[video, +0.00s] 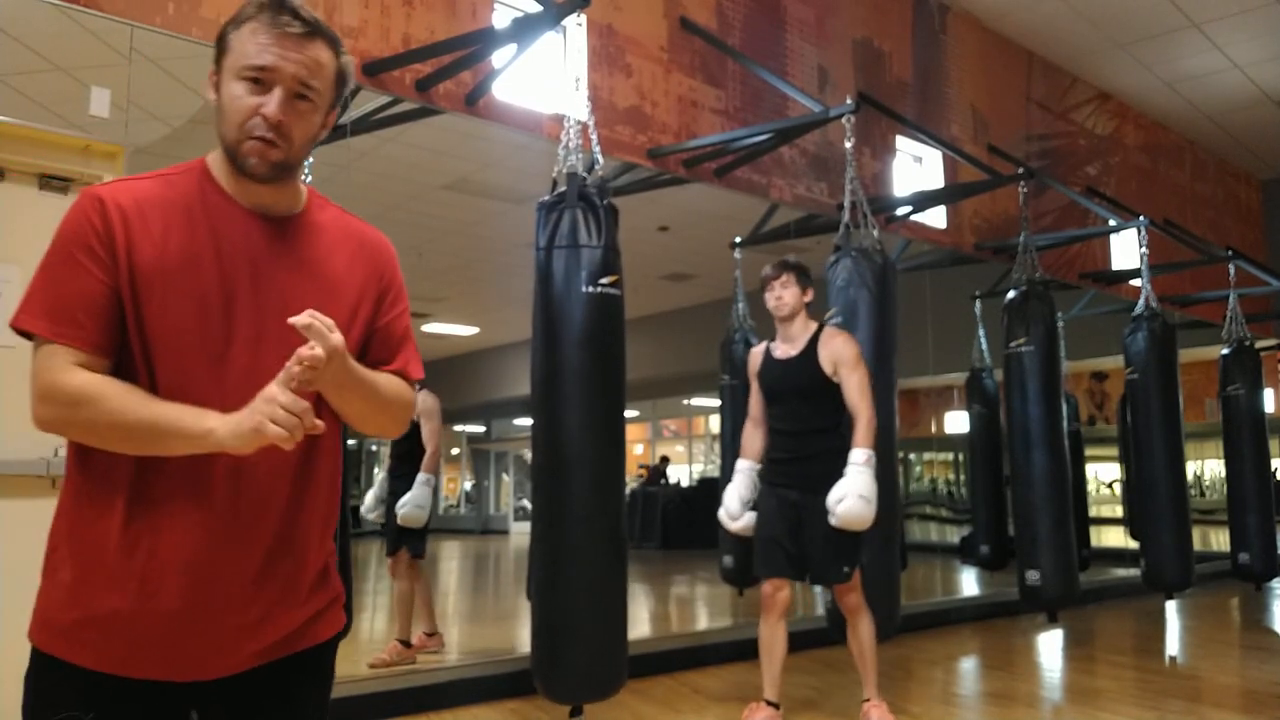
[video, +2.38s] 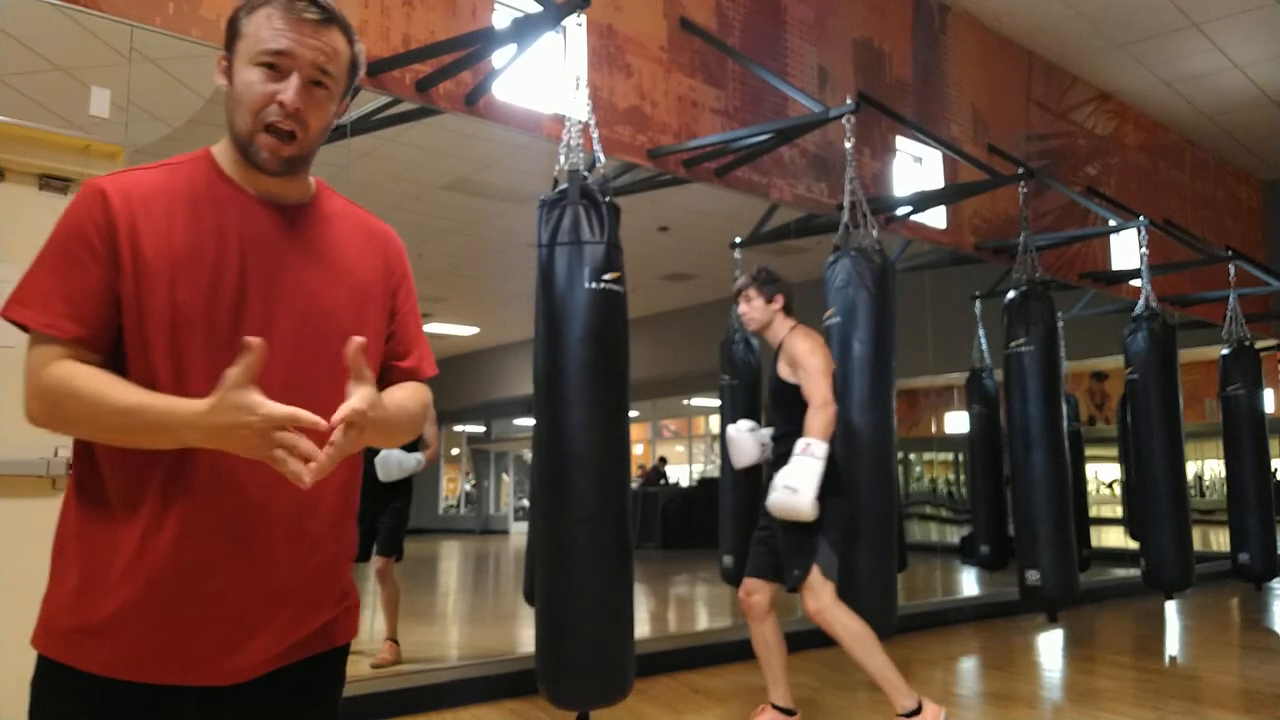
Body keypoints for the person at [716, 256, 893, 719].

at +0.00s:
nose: (776, 293)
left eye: (785, 285)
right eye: (770, 288)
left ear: (807, 294)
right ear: (765, 300)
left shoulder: (836, 343)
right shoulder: (760, 356)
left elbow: (864, 413)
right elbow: (755, 424)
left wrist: (860, 472)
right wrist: (742, 484)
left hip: (831, 489)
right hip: (777, 491)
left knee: (849, 598)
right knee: (773, 597)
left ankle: (872, 699)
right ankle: (769, 704)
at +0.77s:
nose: (840, 289)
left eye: (851, 282)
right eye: (833, 281)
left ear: (868, 291)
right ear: (820, 290)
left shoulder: (888, 346)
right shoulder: (794, 344)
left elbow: (919, 414)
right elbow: (769, 412)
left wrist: (899, 450)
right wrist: (752, 469)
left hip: (870, 495)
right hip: (806, 494)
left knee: (880, 602)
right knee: (781, 604)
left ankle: (892, 714)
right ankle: (759, 698)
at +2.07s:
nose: (783, 300)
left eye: (792, 291)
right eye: (779, 292)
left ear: (821, 294)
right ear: (778, 300)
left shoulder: (860, 339)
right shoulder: (788, 349)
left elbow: (903, 408)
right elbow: (783, 414)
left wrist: (864, 445)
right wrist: (766, 452)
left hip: (859, 491)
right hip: (805, 491)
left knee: (859, 605)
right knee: (770, 599)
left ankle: (913, 712)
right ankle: (783, 706)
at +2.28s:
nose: (747, 308)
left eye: (754, 298)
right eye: (745, 300)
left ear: (783, 300)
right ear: (765, 306)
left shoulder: (812, 340)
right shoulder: (789, 349)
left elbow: (837, 406)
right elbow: (802, 422)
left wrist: (818, 468)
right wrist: (766, 440)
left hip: (818, 487)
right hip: (790, 488)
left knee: (827, 604)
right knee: (758, 596)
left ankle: (914, 708)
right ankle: (781, 706)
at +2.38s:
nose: (741, 309)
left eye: (748, 300)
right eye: (739, 302)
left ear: (776, 302)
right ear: (762, 306)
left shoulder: (802, 342)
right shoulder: (782, 349)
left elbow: (824, 406)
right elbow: (795, 422)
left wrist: (803, 471)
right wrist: (759, 443)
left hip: (812, 486)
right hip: (783, 486)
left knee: (819, 603)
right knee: (754, 596)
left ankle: (911, 706)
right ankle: (781, 707)